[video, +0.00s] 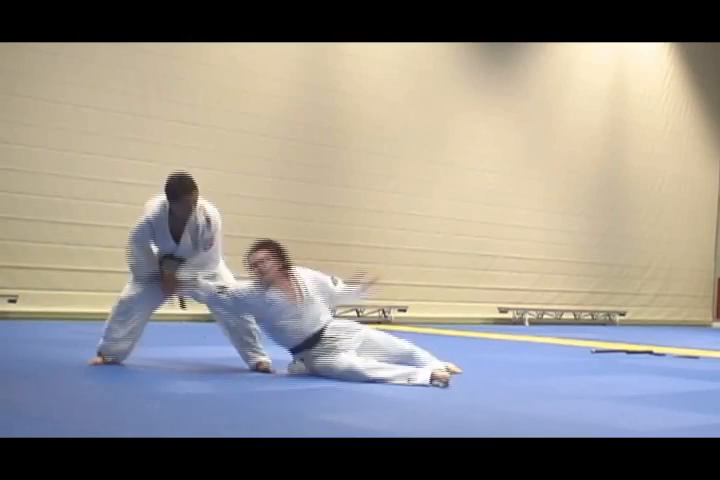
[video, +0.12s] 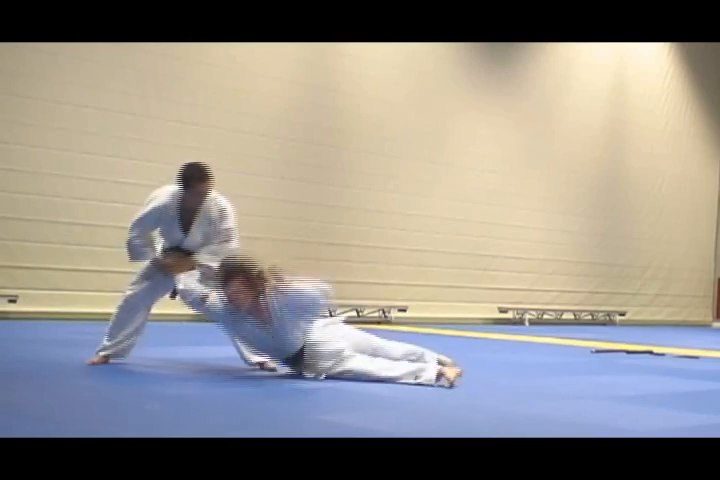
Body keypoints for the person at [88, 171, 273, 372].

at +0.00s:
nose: (193, 204)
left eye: (194, 199)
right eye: (188, 201)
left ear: (197, 196)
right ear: (173, 201)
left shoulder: (208, 216)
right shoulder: (153, 213)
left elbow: (211, 256)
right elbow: (137, 243)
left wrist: (179, 271)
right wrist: (155, 274)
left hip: (203, 268)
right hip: (162, 269)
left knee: (231, 300)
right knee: (130, 301)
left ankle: (257, 357)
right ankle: (109, 354)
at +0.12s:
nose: (205, 193)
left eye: (207, 188)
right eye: (199, 189)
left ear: (210, 186)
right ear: (184, 188)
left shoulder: (219, 207)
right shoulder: (163, 201)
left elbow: (229, 245)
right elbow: (137, 233)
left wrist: (193, 261)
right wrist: (156, 261)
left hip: (205, 263)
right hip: (168, 260)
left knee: (229, 304)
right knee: (135, 298)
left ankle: (258, 357)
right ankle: (109, 352)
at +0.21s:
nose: (223, 195)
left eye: (226, 189)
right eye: (217, 189)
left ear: (231, 186)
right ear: (205, 185)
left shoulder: (237, 208)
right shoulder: (182, 198)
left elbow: (242, 245)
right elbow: (150, 231)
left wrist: (210, 263)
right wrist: (180, 257)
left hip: (220, 261)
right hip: (177, 257)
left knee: (246, 303)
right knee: (142, 298)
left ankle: (265, 357)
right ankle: (109, 350)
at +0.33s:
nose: (252, 203)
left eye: (258, 198)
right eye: (249, 197)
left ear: (265, 196)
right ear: (239, 189)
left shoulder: (263, 216)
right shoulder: (212, 203)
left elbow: (264, 255)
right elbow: (188, 238)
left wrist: (237, 270)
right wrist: (207, 266)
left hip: (235, 265)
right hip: (194, 258)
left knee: (256, 305)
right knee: (160, 306)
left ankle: (259, 359)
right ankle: (120, 352)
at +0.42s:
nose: (255, 208)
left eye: (260, 203)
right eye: (251, 202)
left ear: (266, 201)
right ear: (242, 195)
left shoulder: (267, 222)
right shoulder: (214, 204)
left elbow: (264, 263)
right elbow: (191, 238)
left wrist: (237, 275)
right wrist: (208, 267)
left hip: (238, 267)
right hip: (197, 260)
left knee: (258, 306)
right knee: (161, 302)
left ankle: (261, 360)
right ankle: (140, 355)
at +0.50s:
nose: (232, 205)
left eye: (237, 200)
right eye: (228, 199)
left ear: (244, 195)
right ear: (219, 193)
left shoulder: (255, 212)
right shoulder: (200, 201)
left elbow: (267, 246)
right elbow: (185, 238)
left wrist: (237, 268)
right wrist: (206, 261)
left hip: (237, 265)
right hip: (196, 260)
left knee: (257, 313)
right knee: (161, 289)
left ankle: (267, 360)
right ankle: (161, 352)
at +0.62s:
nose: (193, 198)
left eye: (197, 193)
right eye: (188, 193)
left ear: (206, 187)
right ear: (180, 188)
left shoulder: (228, 199)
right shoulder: (168, 200)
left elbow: (253, 236)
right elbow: (168, 243)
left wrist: (223, 260)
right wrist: (196, 260)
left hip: (230, 264)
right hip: (188, 263)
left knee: (241, 319)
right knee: (158, 293)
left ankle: (263, 361)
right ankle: (156, 358)